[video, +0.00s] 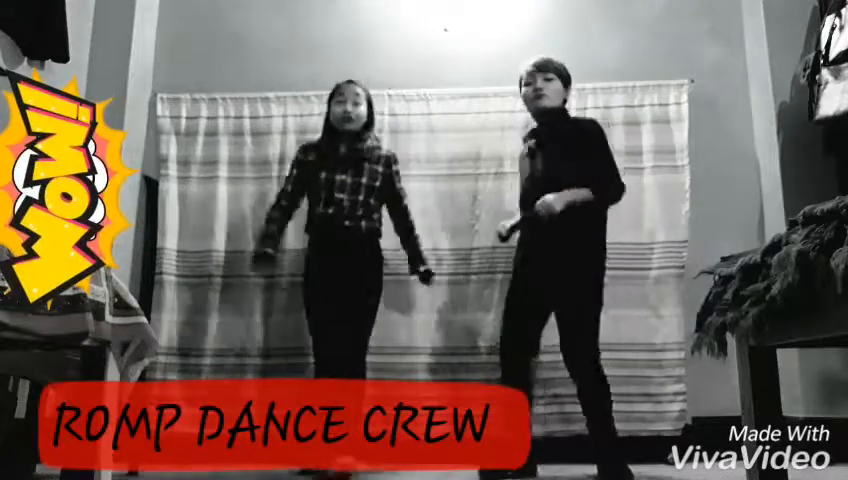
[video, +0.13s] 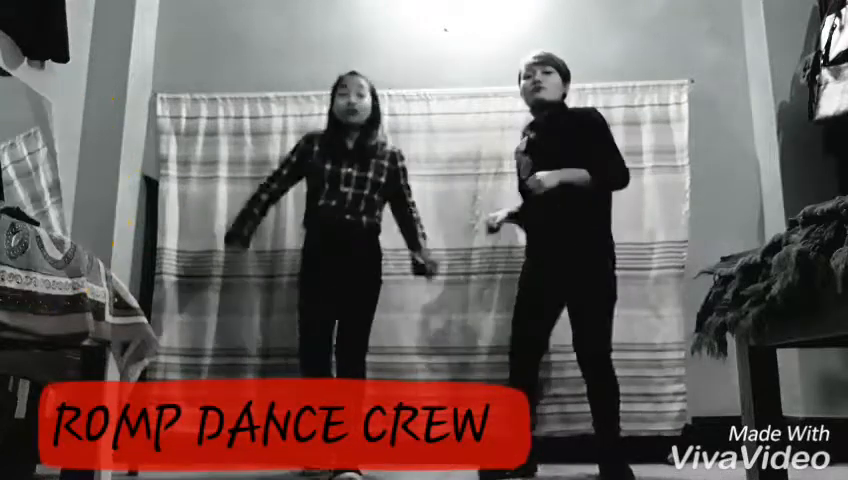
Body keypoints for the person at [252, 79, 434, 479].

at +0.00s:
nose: (348, 107)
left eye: (356, 102)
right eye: (340, 101)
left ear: (368, 112)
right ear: (328, 110)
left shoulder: (382, 159)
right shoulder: (310, 156)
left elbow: (400, 212)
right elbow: (285, 202)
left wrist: (418, 259)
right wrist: (267, 244)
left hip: (363, 264)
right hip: (322, 262)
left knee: (352, 353)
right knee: (326, 352)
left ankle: (351, 439)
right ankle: (325, 440)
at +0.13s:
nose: (352, 100)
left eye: (360, 94)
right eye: (344, 94)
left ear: (373, 104)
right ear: (332, 103)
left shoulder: (387, 156)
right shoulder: (313, 146)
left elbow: (405, 207)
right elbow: (273, 187)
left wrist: (421, 253)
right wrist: (241, 229)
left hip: (363, 261)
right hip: (319, 259)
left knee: (351, 354)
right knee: (314, 352)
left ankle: (349, 446)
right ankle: (314, 441)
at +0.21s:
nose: (343, 91)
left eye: (352, 85)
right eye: (336, 86)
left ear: (368, 95)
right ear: (326, 98)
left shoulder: (388, 145)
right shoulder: (315, 142)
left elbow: (414, 188)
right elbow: (288, 179)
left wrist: (416, 198)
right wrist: (266, 186)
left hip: (362, 251)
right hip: (319, 249)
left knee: (350, 349)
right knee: (291, 339)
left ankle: (345, 447)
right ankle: (294, 435)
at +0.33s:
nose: (325, 89)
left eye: (332, 81)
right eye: (317, 85)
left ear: (350, 89)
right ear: (311, 99)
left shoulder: (377, 128)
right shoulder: (306, 136)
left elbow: (429, 147)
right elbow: (266, 135)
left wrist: (422, 192)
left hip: (357, 244)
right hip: (313, 243)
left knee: (347, 350)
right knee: (287, 346)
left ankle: (346, 451)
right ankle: (260, 447)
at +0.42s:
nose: (316, 86)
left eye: (324, 79)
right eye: (310, 83)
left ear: (344, 89)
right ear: (304, 98)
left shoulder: (367, 129)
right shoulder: (296, 133)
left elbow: (420, 155)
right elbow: (255, 118)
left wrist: (421, 211)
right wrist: (270, 101)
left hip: (348, 244)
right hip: (303, 245)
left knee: (342, 351)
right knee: (281, 348)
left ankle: (345, 453)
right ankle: (255, 451)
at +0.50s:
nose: (324, 86)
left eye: (333, 81)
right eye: (316, 81)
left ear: (348, 96)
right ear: (305, 95)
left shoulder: (363, 131)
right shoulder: (289, 129)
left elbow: (414, 145)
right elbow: (247, 114)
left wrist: (397, 184)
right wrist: (242, 113)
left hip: (340, 245)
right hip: (295, 244)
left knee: (338, 351)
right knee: (275, 349)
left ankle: (344, 454)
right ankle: (255, 451)